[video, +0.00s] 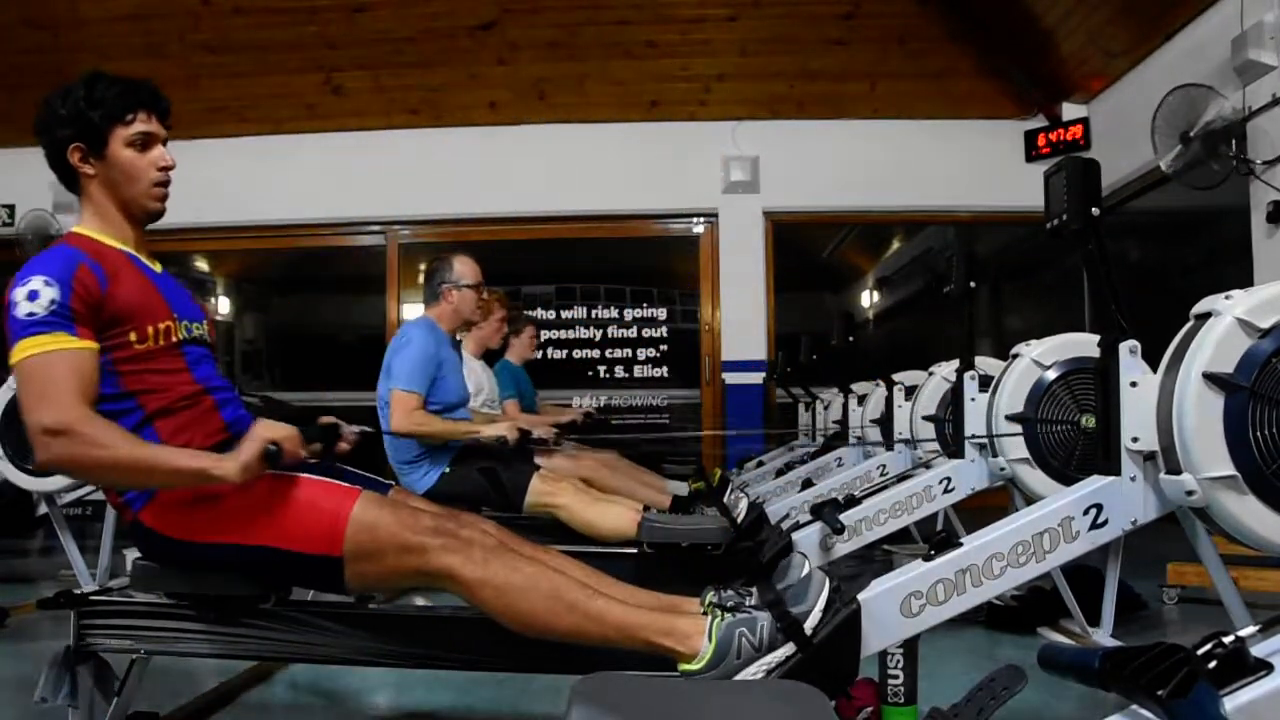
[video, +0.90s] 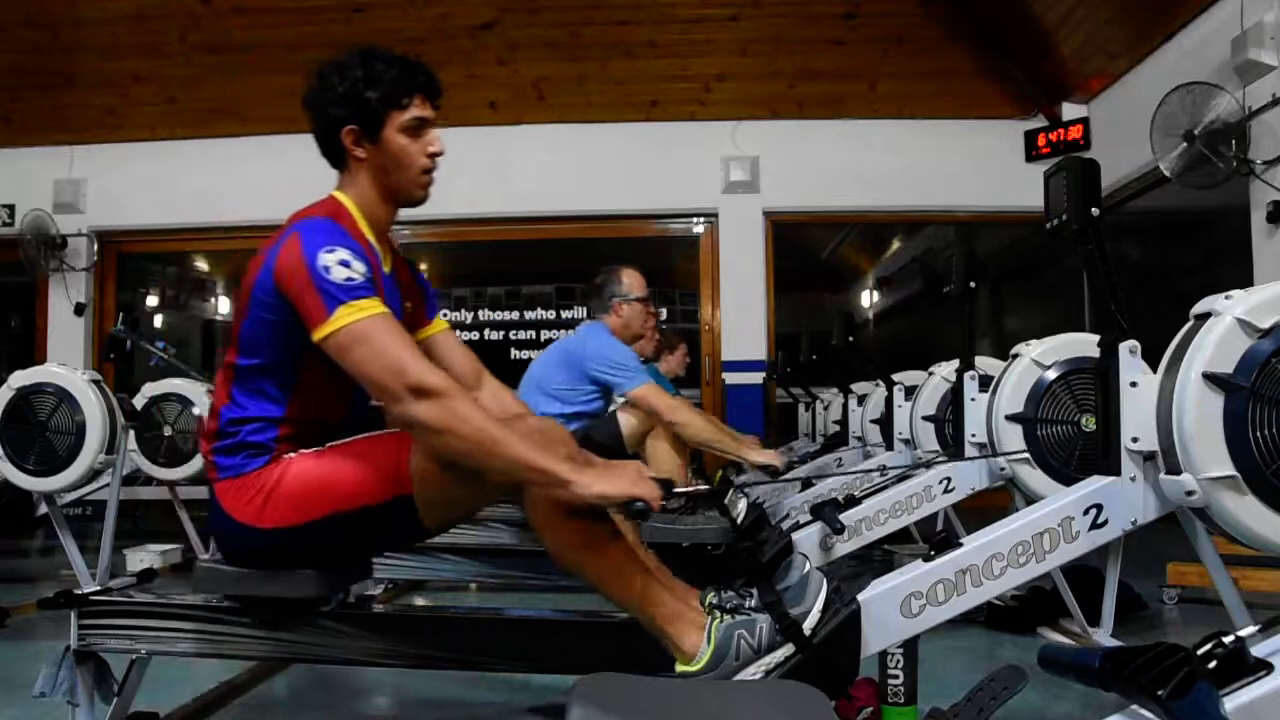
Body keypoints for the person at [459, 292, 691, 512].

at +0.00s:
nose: (503, 332)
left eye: (503, 325)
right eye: (498, 324)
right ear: (476, 325)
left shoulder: (481, 365)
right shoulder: (459, 363)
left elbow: (486, 410)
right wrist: (516, 424)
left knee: (602, 458)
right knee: (591, 465)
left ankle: (678, 493)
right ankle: (674, 504)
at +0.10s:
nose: (518, 329)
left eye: (517, 322)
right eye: (513, 321)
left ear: (503, 326)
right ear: (492, 322)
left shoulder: (495, 364)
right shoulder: (473, 362)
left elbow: (500, 408)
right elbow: (473, 412)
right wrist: (524, 424)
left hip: (511, 439)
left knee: (606, 455)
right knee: (596, 461)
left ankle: (678, 492)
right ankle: (674, 503)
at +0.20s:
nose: (504, 298)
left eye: (503, 289)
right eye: (496, 289)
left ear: (474, 297)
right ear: (469, 296)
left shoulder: (468, 343)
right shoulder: (445, 339)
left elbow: (494, 410)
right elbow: (460, 424)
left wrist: (548, 430)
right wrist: (540, 438)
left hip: (458, 460)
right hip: (434, 471)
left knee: (572, 469)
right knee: (564, 478)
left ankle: (670, 526)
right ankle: (665, 533)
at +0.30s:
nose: (521, 301)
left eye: (520, 292)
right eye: (514, 292)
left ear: (488, 298)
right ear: (486, 297)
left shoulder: (482, 341)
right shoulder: (462, 338)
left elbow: (518, 408)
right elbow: (491, 423)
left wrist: (579, 435)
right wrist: (570, 446)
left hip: (465, 453)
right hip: (441, 464)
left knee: (582, 463)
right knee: (571, 471)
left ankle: (668, 518)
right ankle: (659, 527)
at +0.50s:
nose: (557, 302)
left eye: (555, 293)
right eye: (549, 294)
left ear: (524, 301)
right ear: (522, 300)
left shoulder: (518, 341)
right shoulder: (500, 339)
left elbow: (570, 404)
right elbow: (554, 415)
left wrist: (636, 440)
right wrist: (636, 448)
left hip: (497, 450)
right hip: (474, 459)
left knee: (603, 440)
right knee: (593, 442)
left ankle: (664, 514)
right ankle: (663, 515)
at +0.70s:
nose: (602, 307)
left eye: (601, 298)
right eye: (594, 298)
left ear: (569, 304)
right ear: (568, 303)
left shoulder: (560, 342)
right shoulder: (548, 342)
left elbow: (623, 404)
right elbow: (615, 411)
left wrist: (693, 442)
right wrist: (690, 448)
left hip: (534, 444)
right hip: (513, 453)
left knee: (641, 419)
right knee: (624, 427)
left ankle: (684, 505)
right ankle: (674, 515)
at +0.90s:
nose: (653, 312)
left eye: (651, 303)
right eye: (645, 302)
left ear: (618, 310)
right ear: (618, 309)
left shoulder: (608, 345)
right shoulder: (599, 345)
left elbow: (674, 407)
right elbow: (670, 411)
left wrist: (737, 441)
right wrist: (747, 453)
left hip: (566, 439)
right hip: (553, 446)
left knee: (667, 413)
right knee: (660, 413)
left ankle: (678, 507)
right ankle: (674, 511)